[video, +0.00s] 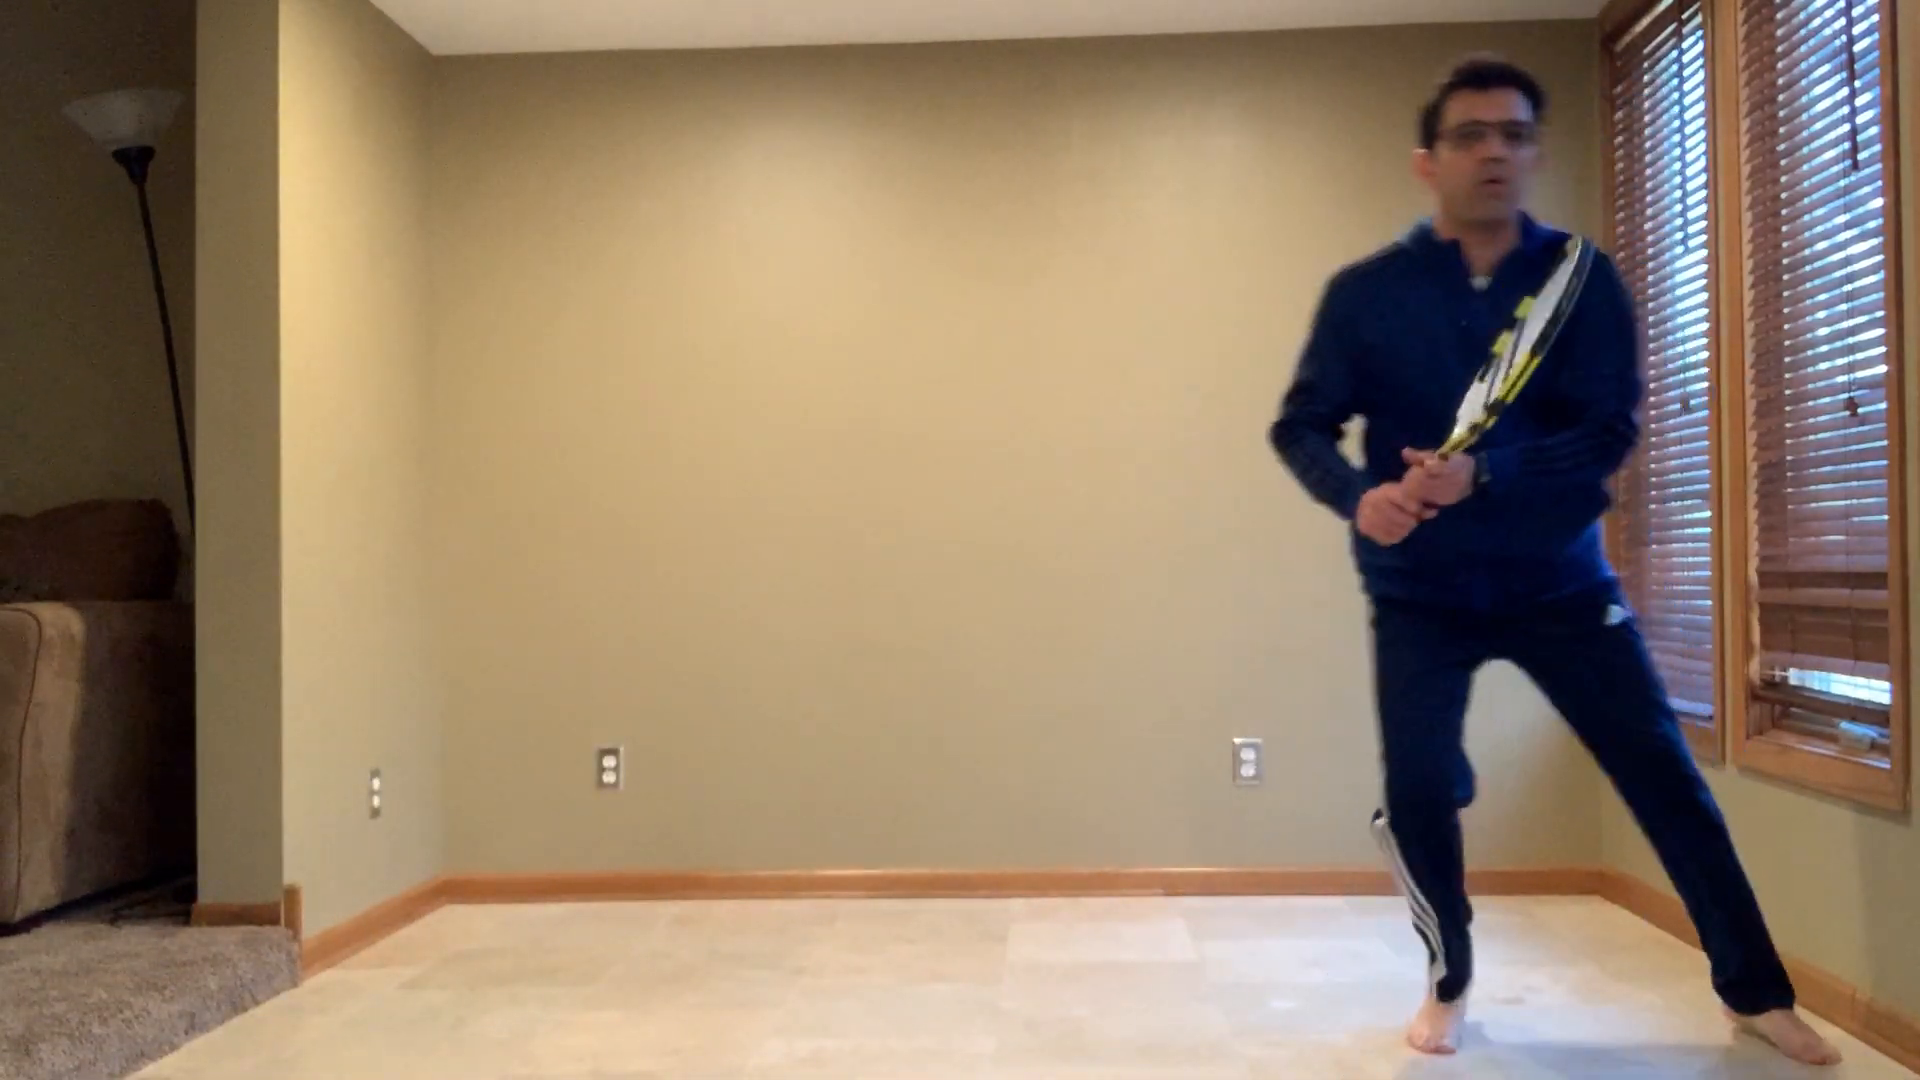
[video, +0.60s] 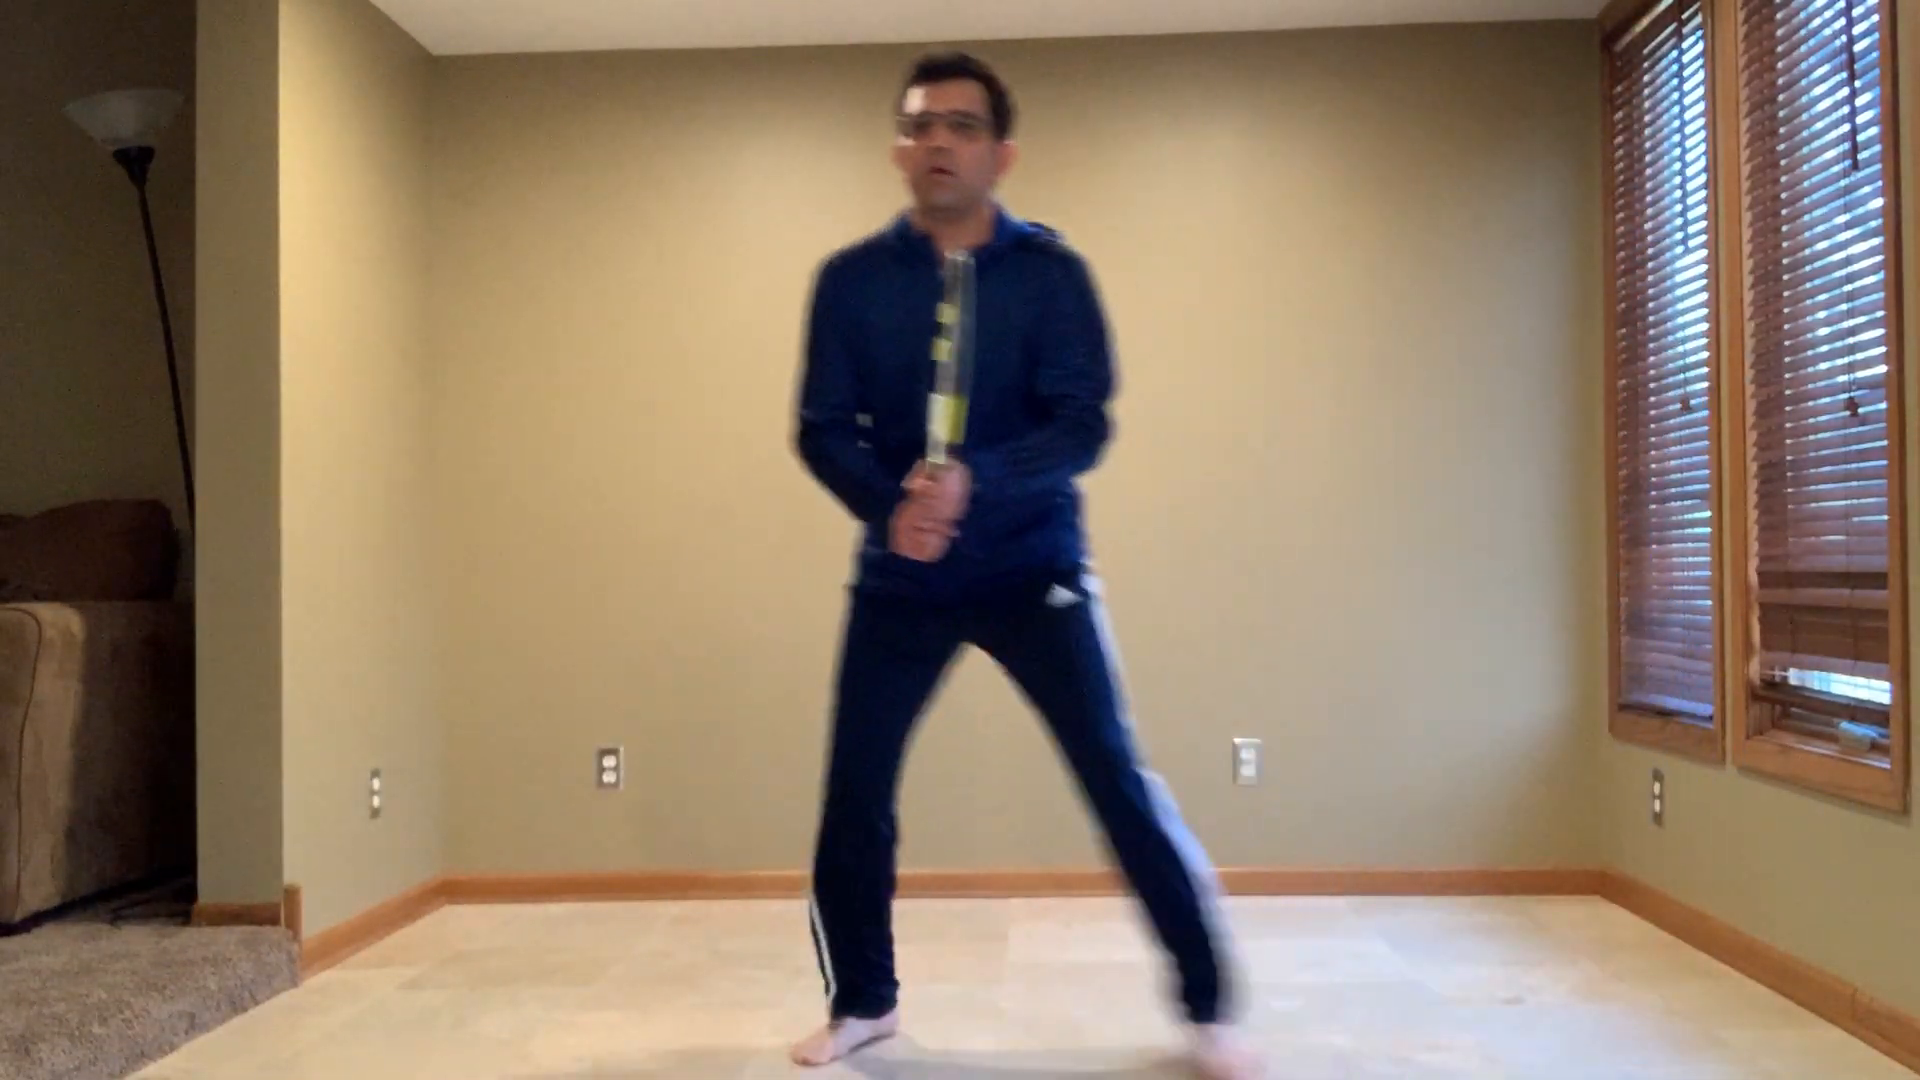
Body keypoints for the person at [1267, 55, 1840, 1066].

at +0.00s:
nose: (1497, 154)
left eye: (1515, 135)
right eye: (1471, 136)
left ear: (1537, 155)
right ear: (1425, 160)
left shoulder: (1585, 280)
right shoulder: (1365, 294)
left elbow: (1605, 437)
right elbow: (1301, 427)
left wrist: (1480, 477)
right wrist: (1355, 498)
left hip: (1557, 582)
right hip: (1420, 593)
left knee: (1664, 773)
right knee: (1417, 794)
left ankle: (1757, 993)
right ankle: (1446, 975)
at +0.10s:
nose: (1405, 147)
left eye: (1425, 129)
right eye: (1381, 132)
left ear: (1451, 148)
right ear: (1343, 157)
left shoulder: (1503, 265)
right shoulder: (1290, 290)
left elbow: (1539, 418)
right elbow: (1233, 444)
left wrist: (1441, 473)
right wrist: (1320, 511)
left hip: (1485, 568)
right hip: (1355, 589)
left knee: (1605, 764)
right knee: (1387, 799)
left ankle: (1710, 976)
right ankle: (1457, 982)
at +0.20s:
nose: (1330, 136)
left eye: (1349, 117)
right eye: (1307, 120)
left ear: (1378, 135)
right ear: (1271, 143)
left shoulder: (1422, 253)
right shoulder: (1219, 273)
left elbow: (1467, 409)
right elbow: (1175, 432)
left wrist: (1392, 457)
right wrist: (1287, 496)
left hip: (1415, 552)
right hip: (1295, 574)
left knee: (1485, 743)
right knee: (1363, 789)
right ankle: (1454, 976)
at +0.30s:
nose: (1247, 131)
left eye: (1269, 111)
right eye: (1224, 114)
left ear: (1300, 129)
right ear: (1193, 135)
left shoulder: (1350, 249)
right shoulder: (1142, 265)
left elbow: (1389, 401)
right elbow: (1112, 420)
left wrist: (1308, 464)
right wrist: (1215, 495)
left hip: (1328, 556)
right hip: (1208, 565)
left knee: (1348, 764)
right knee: (1255, 788)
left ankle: (1324, 1008)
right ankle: (1371, 934)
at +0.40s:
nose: (1145, 157)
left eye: (1166, 138)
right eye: (1124, 139)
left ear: (1204, 158)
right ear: (1097, 162)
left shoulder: (1258, 279)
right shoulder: (1056, 297)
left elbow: (1305, 426)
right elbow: (1033, 455)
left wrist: (1202, 507)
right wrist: (1113, 527)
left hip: (1248, 578)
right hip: (1118, 584)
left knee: (1275, 790)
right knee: (1067, 773)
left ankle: (1310, 1018)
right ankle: (1134, 936)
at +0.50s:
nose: (1028, 157)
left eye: (1052, 140)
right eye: (1010, 139)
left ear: (1094, 164)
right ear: (986, 161)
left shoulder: (1150, 279)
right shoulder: (951, 299)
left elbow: (1193, 429)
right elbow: (932, 455)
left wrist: (1085, 507)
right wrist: (996, 526)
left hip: (1151, 586)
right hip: (1015, 591)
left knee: (1226, 786)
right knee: (931, 788)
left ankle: (1302, 1018)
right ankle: (876, 1001)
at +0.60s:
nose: (934, 145)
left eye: (960, 127)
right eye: (917, 127)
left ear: (1003, 149)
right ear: (897, 147)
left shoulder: (1050, 273)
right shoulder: (851, 279)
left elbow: (1082, 423)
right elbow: (822, 427)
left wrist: (973, 481)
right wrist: (885, 504)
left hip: (1032, 576)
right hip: (901, 582)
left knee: (1114, 779)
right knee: (854, 792)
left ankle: (1211, 1011)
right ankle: (862, 1007)